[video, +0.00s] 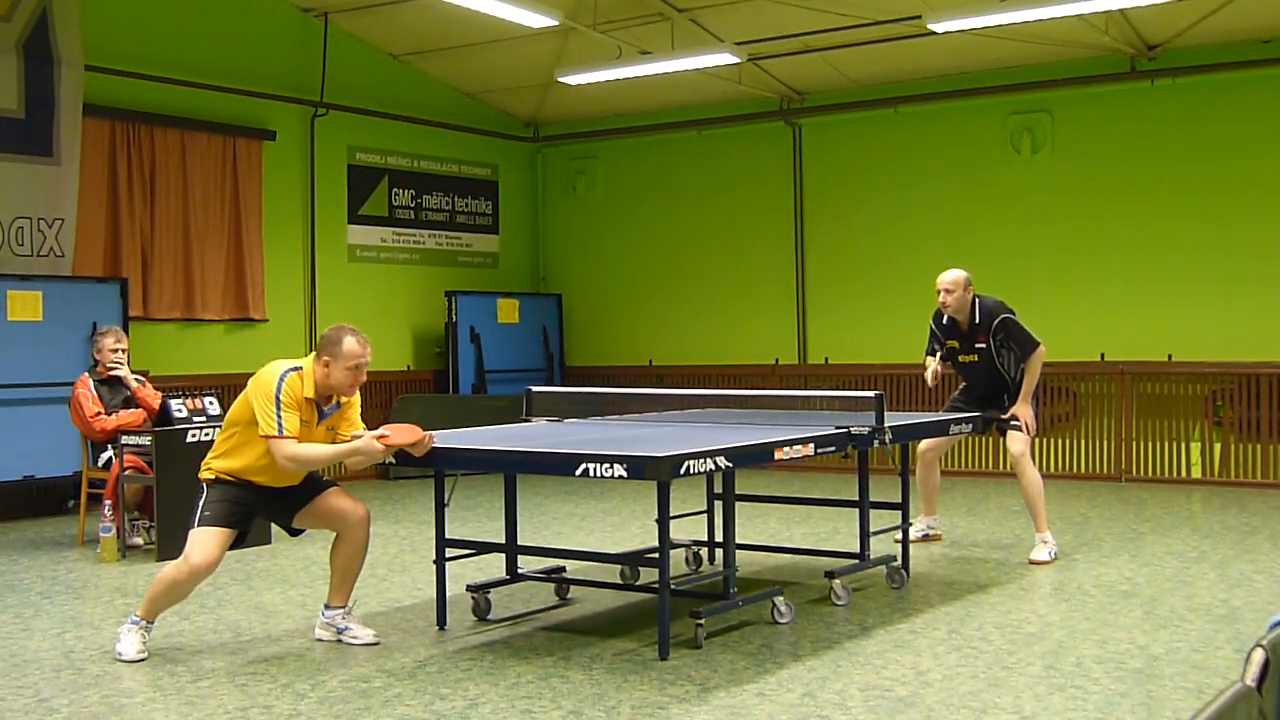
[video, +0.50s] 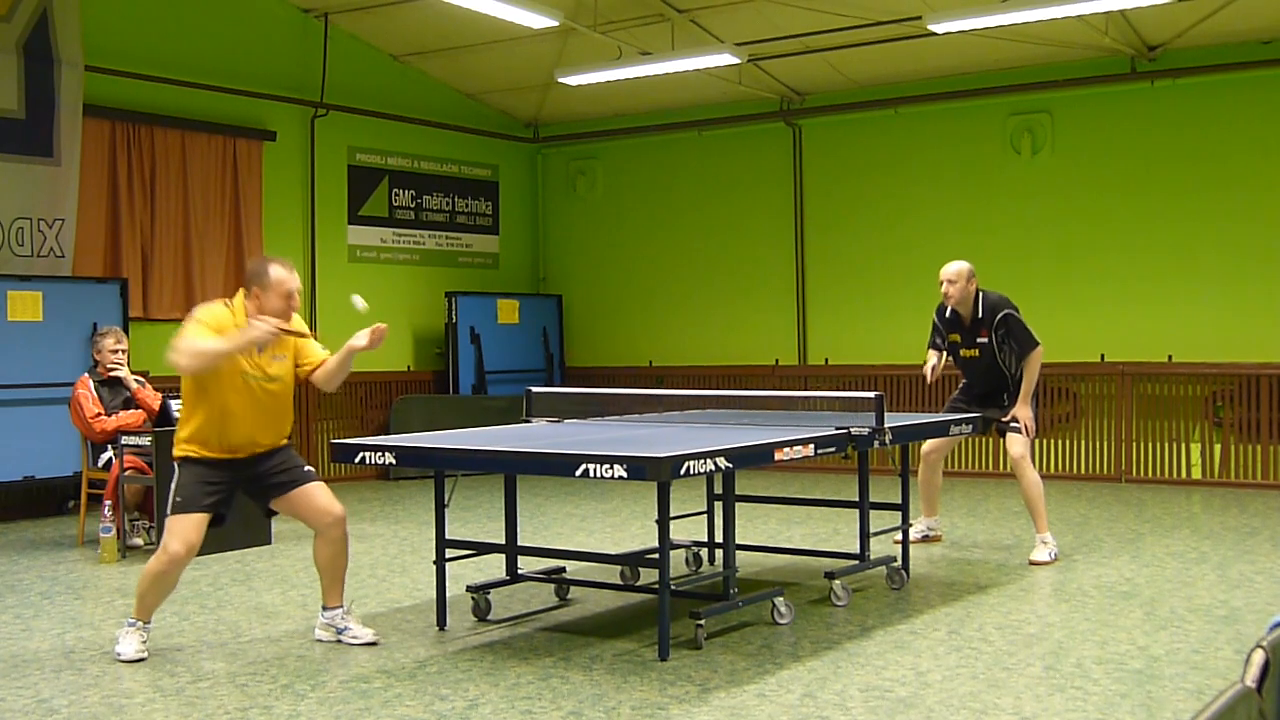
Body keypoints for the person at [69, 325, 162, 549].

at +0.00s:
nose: (120, 356)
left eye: (123, 351)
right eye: (113, 351)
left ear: (128, 354)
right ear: (97, 355)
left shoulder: (138, 381)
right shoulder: (85, 385)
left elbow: (162, 412)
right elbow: (97, 428)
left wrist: (132, 384)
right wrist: (142, 415)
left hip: (147, 446)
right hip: (112, 449)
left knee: (170, 469)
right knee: (133, 474)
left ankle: (152, 521)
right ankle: (131, 520)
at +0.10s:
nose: (119, 356)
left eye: (123, 351)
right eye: (113, 351)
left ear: (128, 354)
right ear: (97, 355)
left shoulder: (138, 381)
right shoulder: (85, 384)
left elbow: (162, 412)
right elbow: (97, 427)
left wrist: (132, 384)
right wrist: (141, 415)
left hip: (146, 446)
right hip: (111, 448)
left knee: (168, 468)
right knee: (134, 474)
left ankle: (149, 520)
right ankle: (130, 520)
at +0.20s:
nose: (120, 357)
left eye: (124, 351)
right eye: (113, 351)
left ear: (128, 354)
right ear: (97, 355)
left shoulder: (138, 381)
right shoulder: (85, 385)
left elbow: (162, 412)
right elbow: (97, 428)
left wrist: (132, 384)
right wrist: (142, 415)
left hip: (146, 446)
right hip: (110, 449)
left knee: (170, 469)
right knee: (134, 475)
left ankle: (149, 520)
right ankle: (131, 519)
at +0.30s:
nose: (120, 357)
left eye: (124, 352)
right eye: (113, 351)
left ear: (128, 354)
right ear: (97, 355)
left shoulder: (138, 381)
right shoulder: (85, 385)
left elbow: (163, 412)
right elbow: (97, 428)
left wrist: (132, 384)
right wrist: (142, 415)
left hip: (146, 447)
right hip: (111, 449)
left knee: (172, 468)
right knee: (134, 473)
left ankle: (150, 520)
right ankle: (131, 520)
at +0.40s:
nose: (120, 357)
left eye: (123, 352)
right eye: (113, 351)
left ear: (128, 354)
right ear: (97, 355)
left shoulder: (138, 381)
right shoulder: (85, 385)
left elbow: (162, 412)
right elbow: (97, 428)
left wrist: (132, 385)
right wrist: (142, 415)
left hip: (146, 447)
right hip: (111, 449)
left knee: (172, 468)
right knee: (134, 474)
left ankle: (150, 520)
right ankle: (130, 520)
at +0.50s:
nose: (120, 357)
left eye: (123, 352)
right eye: (113, 352)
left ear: (128, 354)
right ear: (97, 355)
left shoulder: (137, 382)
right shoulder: (84, 386)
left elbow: (162, 414)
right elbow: (97, 429)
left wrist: (132, 385)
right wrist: (141, 416)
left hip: (146, 447)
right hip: (112, 449)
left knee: (171, 469)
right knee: (134, 474)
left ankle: (151, 521)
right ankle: (132, 520)